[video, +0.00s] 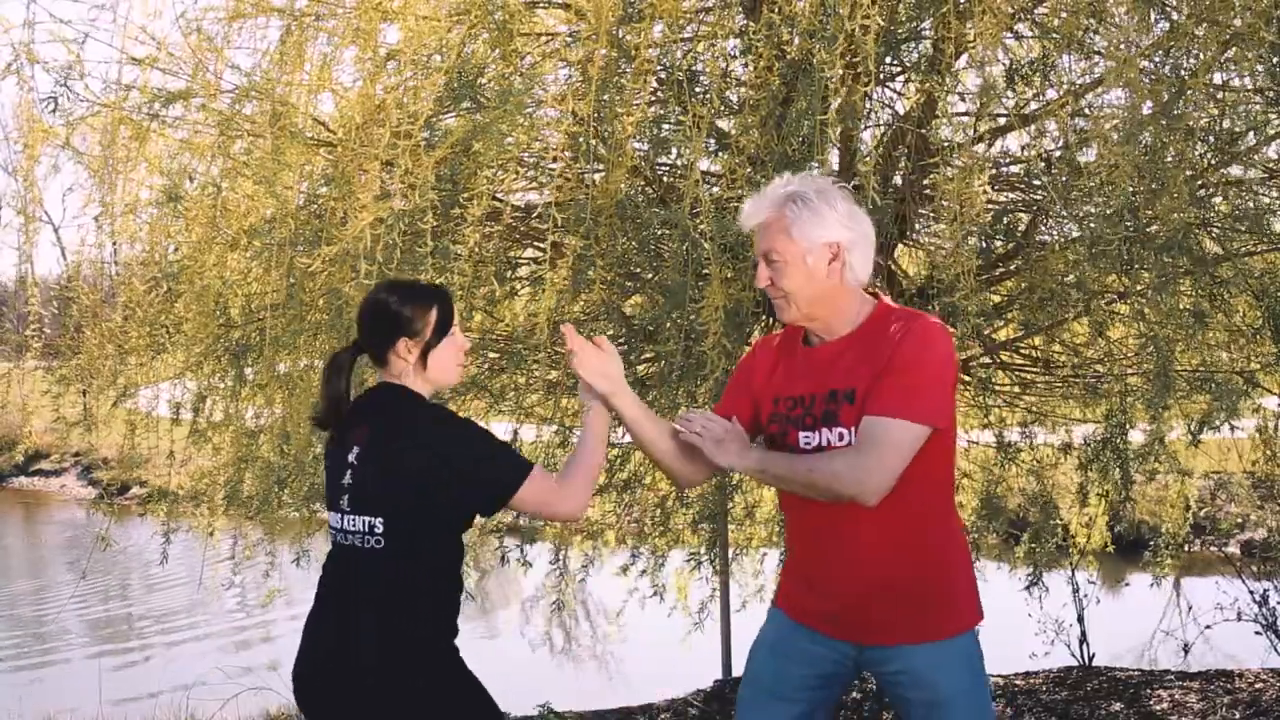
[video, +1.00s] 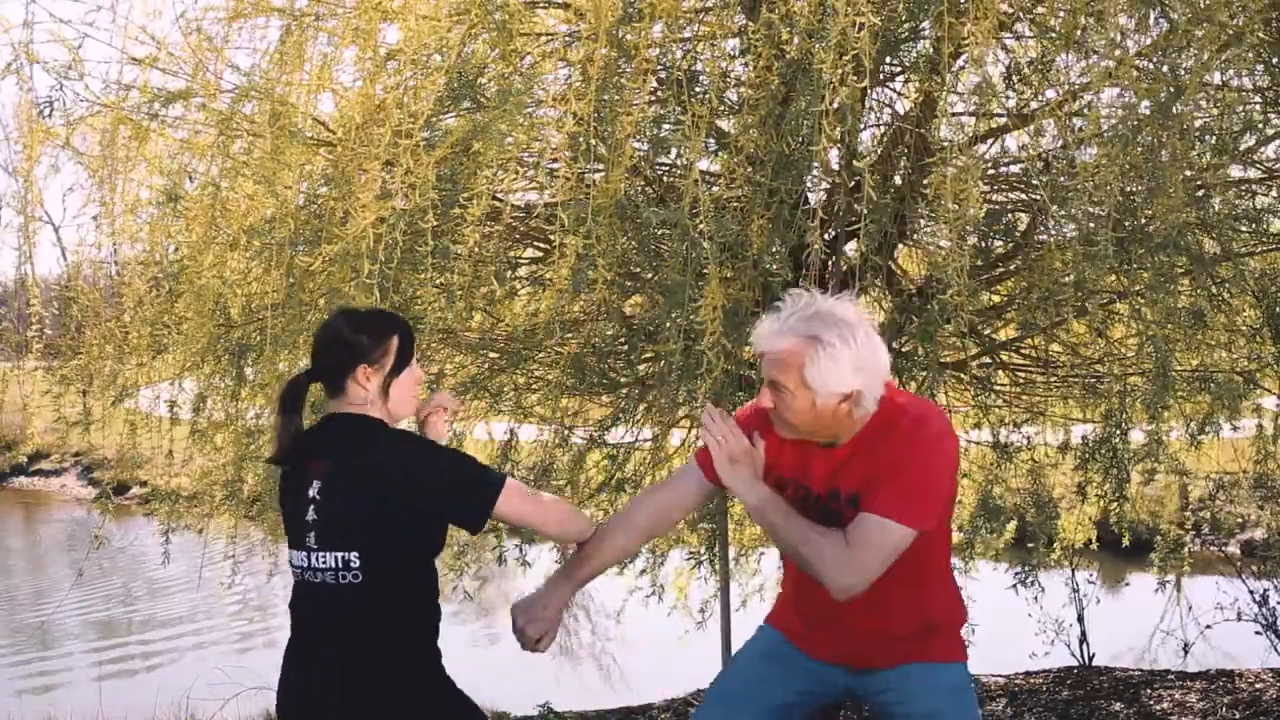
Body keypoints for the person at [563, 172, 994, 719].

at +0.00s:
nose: (760, 280)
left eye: (773, 261)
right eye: (759, 263)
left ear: (832, 258)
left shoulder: (918, 340)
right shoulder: (769, 357)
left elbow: (865, 477)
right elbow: (691, 465)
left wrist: (749, 457)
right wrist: (617, 392)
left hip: (926, 628)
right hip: (804, 622)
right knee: (756, 713)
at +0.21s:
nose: (786, 270)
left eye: (800, 254)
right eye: (788, 254)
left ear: (858, 254)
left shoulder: (939, 346)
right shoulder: (793, 356)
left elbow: (871, 473)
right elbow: (707, 451)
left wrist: (752, 454)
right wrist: (634, 369)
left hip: (931, 637)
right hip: (810, 626)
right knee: (755, 711)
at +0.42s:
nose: (827, 264)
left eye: (844, 249)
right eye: (830, 248)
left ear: (903, 256)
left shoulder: (971, 348)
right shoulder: (822, 348)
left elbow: (893, 467)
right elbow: (718, 425)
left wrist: (778, 443)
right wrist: (637, 356)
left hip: (945, 637)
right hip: (826, 626)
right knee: (776, 711)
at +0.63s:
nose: (834, 270)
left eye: (850, 254)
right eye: (835, 253)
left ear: (910, 259)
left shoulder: (977, 351)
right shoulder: (827, 348)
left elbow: (891, 463)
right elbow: (720, 411)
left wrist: (774, 439)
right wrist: (617, 356)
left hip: (947, 639)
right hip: (827, 623)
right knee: (769, 712)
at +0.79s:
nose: (793, 308)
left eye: (810, 294)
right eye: (796, 290)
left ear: (875, 302)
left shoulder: (939, 365)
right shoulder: (790, 359)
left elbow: (857, 483)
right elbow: (679, 423)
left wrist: (710, 515)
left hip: (930, 646)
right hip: (805, 635)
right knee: (744, 710)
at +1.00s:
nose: (765, 402)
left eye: (780, 390)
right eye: (765, 384)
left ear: (845, 398)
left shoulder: (923, 436)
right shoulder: (764, 425)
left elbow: (847, 572)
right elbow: (660, 506)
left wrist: (754, 493)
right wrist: (557, 589)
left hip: (916, 657)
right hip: (795, 645)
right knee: (711, 713)